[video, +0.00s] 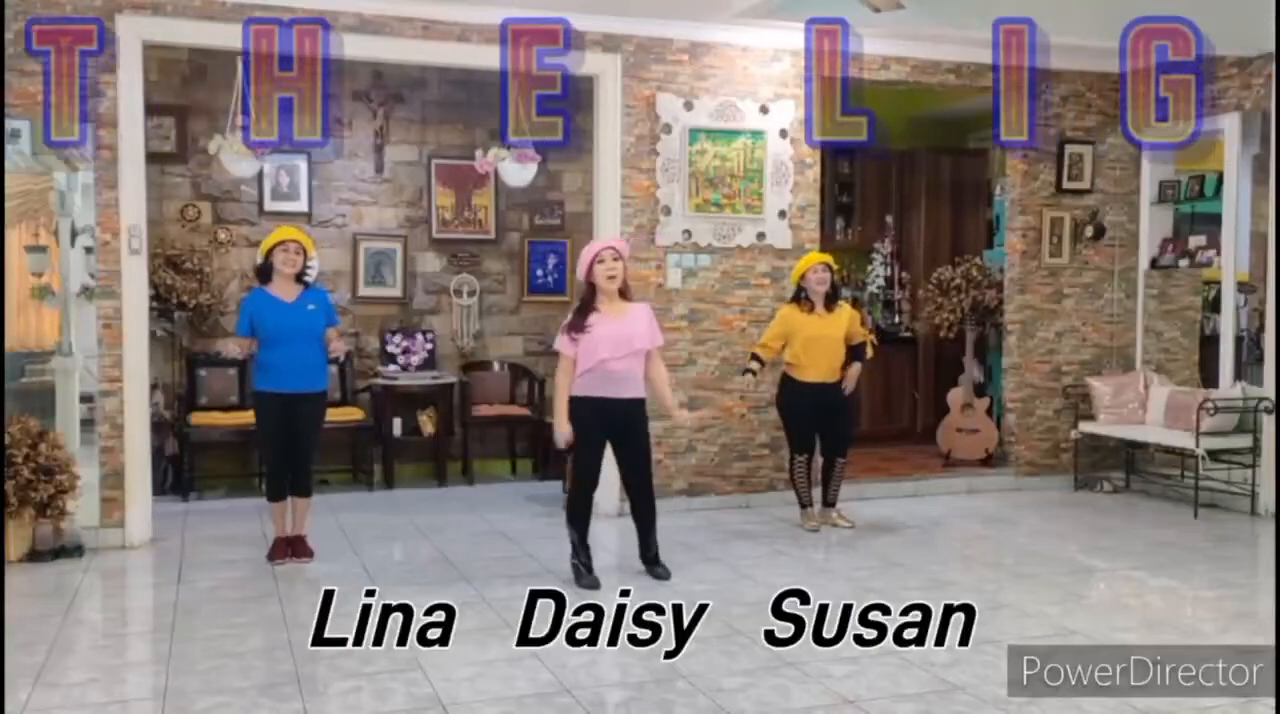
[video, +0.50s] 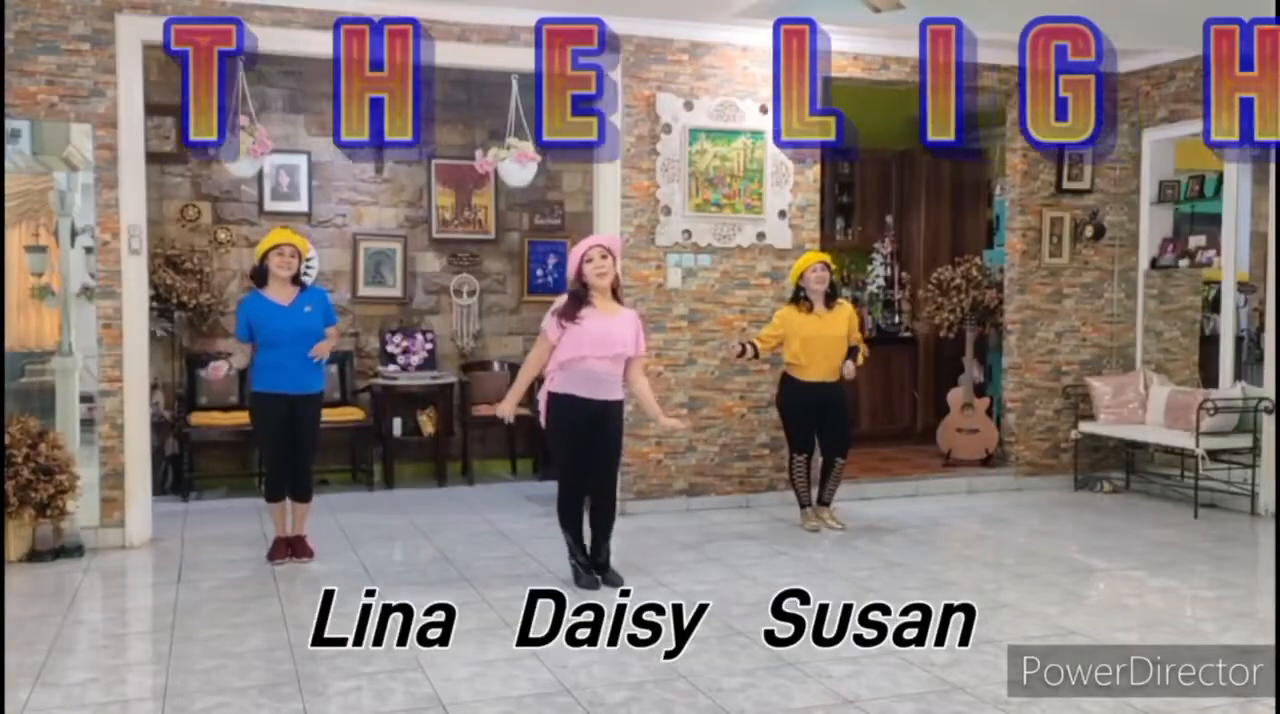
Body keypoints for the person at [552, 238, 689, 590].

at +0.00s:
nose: (610, 268)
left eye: (615, 262)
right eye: (602, 263)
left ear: (625, 270)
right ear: (590, 275)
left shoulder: (642, 313)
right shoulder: (580, 317)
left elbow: (654, 363)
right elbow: (565, 371)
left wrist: (672, 406)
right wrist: (560, 419)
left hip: (631, 408)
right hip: (588, 408)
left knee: (640, 483)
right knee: (583, 483)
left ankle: (650, 554)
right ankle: (580, 556)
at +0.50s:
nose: (599, 264)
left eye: (605, 258)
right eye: (591, 260)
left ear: (616, 266)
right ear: (580, 272)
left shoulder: (629, 319)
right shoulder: (566, 308)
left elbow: (635, 375)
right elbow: (537, 357)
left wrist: (660, 417)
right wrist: (510, 401)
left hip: (608, 406)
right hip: (566, 403)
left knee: (605, 485)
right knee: (572, 482)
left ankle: (601, 559)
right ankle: (578, 559)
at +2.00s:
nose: (623, 267)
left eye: (630, 261)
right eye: (615, 261)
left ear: (638, 270)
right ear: (603, 270)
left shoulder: (652, 309)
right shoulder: (589, 317)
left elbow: (672, 363)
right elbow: (587, 374)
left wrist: (709, 391)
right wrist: (604, 415)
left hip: (659, 405)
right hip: (619, 410)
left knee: (653, 489)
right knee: (620, 487)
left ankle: (645, 560)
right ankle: (605, 555)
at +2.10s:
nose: (624, 264)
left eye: (630, 258)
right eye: (616, 259)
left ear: (639, 267)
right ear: (603, 268)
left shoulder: (651, 310)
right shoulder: (588, 313)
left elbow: (667, 365)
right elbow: (581, 372)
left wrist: (699, 397)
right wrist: (590, 418)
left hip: (653, 405)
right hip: (611, 409)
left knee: (648, 487)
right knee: (610, 485)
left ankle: (645, 560)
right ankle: (591, 556)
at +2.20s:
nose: (621, 262)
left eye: (627, 257)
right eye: (613, 257)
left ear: (637, 266)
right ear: (601, 267)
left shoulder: (648, 313)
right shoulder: (586, 311)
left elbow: (661, 368)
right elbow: (571, 368)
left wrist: (689, 403)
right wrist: (573, 420)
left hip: (643, 406)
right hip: (600, 408)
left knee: (642, 487)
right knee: (599, 485)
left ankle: (644, 559)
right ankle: (589, 557)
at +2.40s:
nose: (616, 266)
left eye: (622, 258)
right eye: (608, 261)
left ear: (633, 266)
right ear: (597, 271)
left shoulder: (642, 318)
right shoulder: (583, 309)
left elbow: (646, 376)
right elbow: (553, 354)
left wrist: (665, 418)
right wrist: (541, 410)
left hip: (627, 409)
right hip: (584, 408)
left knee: (635, 487)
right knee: (586, 487)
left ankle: (640, 559)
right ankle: (587, 560)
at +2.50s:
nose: (614, 267)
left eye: (620, 260)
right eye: (606, 262)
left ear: (631, 269)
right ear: (595, 272)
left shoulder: (639, 319)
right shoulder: (579, 309)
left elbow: (642, 375)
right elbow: (542, 350)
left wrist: (654, 422)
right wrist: (529, 403)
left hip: (622, 410)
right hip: (579, 408)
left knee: (630, 486)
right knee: (582, 486)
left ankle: (635, 559)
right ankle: (586, 561)